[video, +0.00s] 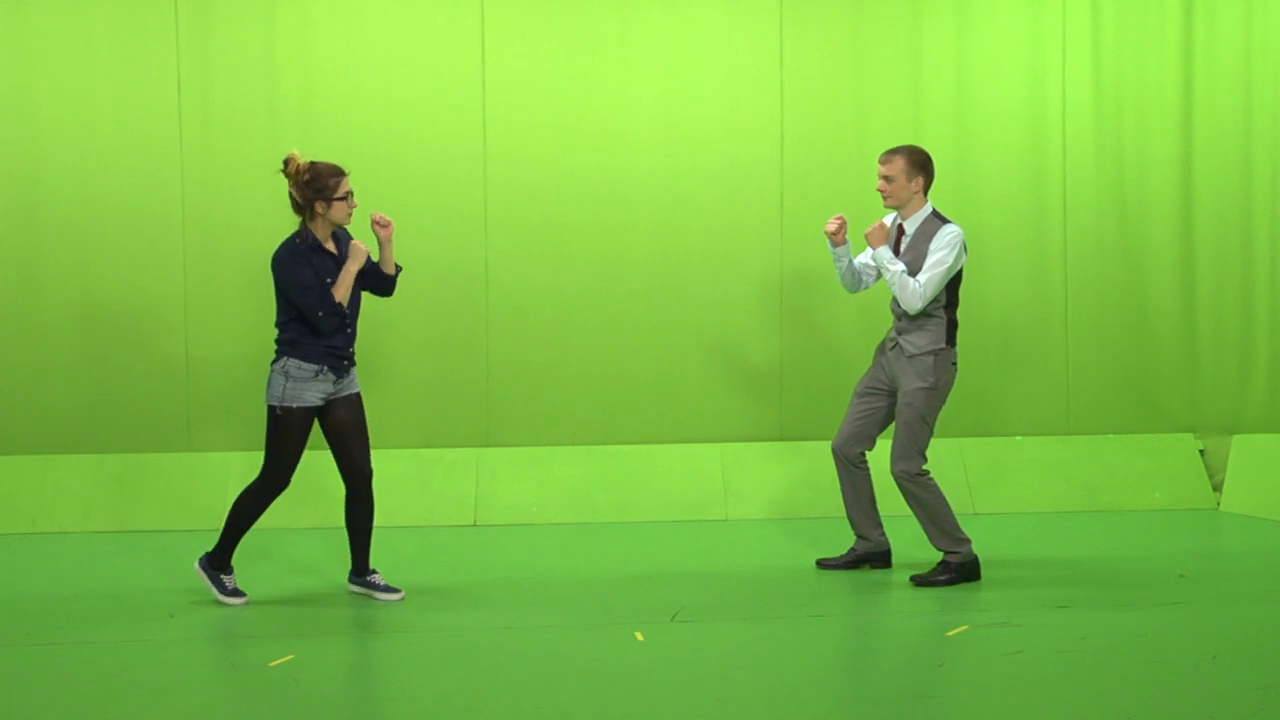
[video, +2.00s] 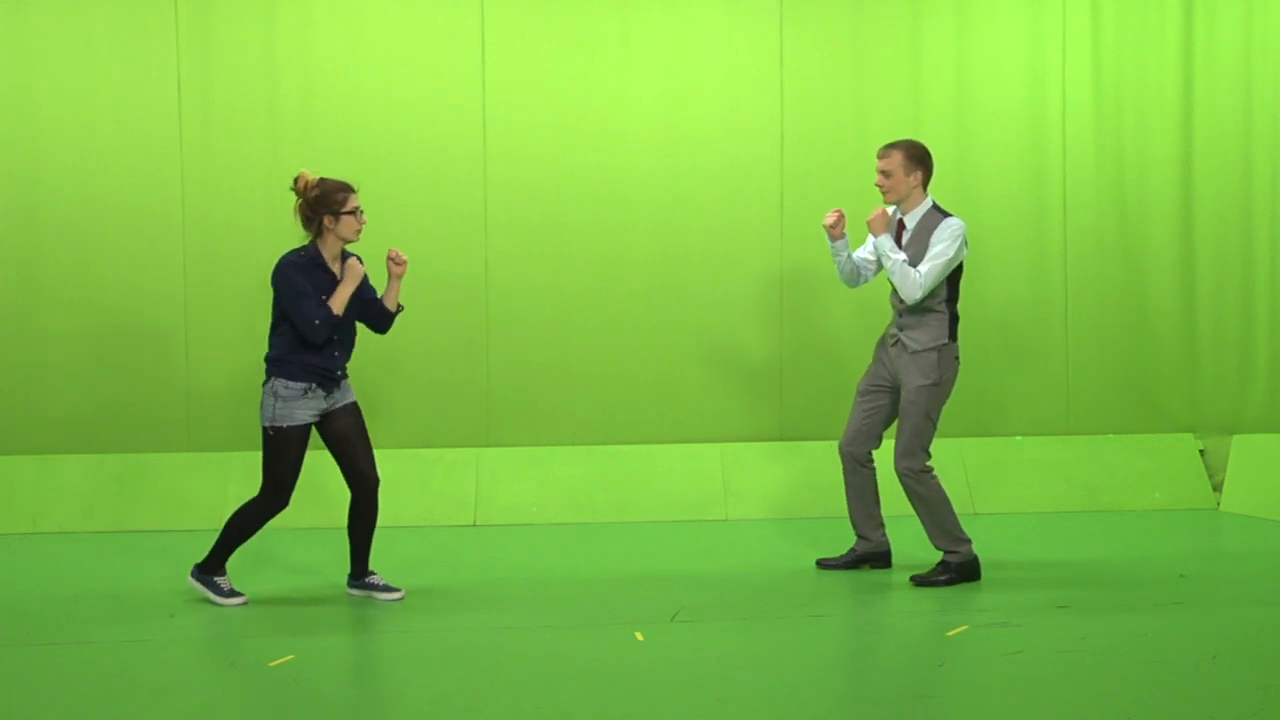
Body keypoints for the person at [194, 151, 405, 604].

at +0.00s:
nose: (354, 203)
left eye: (352, 195)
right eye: (345, 197)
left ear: (329, 205)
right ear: (319, 207)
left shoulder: (343, 247)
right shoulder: (290, 256)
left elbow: (385, 286)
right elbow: (327, 318)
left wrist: (386, 244)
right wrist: (352, 266)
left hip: (340, 376)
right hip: (296, 375)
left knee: (360, 476)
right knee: (276, 478)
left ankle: (361, 571)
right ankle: (216, 561)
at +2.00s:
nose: (363, 219)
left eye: (361, 212)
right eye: (354, 213)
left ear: (334, 221)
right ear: (328, 221)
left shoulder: (348, 266)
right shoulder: (292, 268)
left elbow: (380, 322)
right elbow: (315, 329)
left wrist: (394, 281)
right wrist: (349, 283)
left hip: (334, 389)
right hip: (289, 390)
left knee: (366, 482)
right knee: (276, 496)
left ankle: (360, 575)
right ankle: (208, 568)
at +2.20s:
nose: (389, 233)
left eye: (387, 226)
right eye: (380, 227)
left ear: (367, 238)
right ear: (356, 238)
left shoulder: (374, 287)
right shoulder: (321, 284)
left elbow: (406, 342)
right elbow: (337, 347)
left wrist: (421, 301)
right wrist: (375, 303)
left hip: (345, 403)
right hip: (301, 402)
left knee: (374, 494)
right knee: (285, 506)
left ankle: (360, 576)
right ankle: (208, 568)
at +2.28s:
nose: (396, 214)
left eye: (394, 206)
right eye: (387, 209)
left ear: (377, 217)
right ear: (362, 219)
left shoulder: (388, 267)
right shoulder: (332, 269)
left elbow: (421, 321)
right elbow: (347, 330)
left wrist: (431, 276)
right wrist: (382, 283)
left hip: (370, 393)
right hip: (325, 391)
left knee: (385, 489)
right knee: (296, 492)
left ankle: (361, 574)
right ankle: (223, 562)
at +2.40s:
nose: (408, 179)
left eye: (406, 172)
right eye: (400, 174)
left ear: (389, 183)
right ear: (375, 183)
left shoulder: (406, 234)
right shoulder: (346, 234)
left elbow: (446, 276)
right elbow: (361, 292)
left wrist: (444, 229)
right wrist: (398, 244)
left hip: (401, 360)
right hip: (356, 359)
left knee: (410, 461)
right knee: (333, 462)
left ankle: (379, 555)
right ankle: (273, 541)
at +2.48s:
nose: (423, 171)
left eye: (421, 162)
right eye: (413, 165)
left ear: (405, 173)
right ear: (388, 175)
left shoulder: (416, 221)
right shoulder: (360, 225)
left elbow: (456, 271)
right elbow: (384, 278)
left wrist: (461, 223)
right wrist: (415, 230)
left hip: (416, 347)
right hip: (370, 349)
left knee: (440, 447)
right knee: (359, 458)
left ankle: (417, 540)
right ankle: (315, 548)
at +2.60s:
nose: (446, 187)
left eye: (444, 180)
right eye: (436, 181)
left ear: (426, 190)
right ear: (412, 191)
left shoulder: (436, 238)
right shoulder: (384, 241)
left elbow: (475, 293)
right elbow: (422, 290)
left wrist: (489, 250)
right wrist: (441, 240)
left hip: (440, 361)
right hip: (395, 365)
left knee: (473, 459)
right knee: (391, 474)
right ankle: (337, 558)